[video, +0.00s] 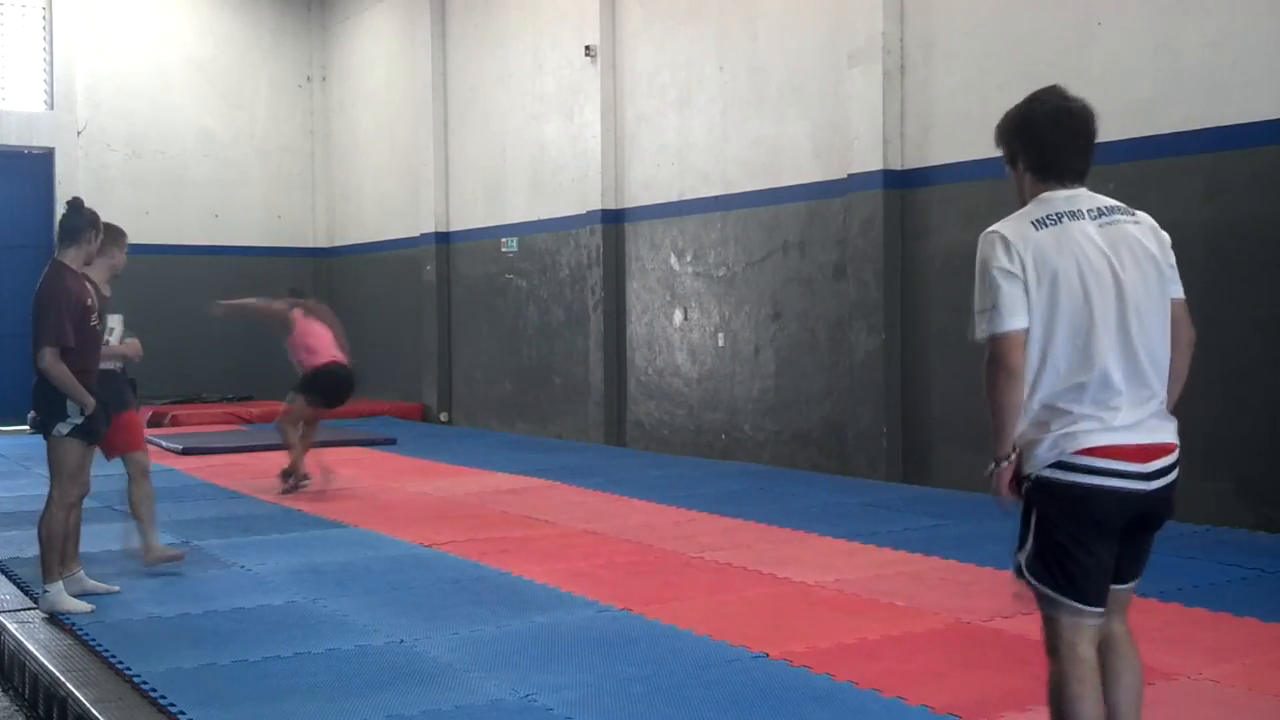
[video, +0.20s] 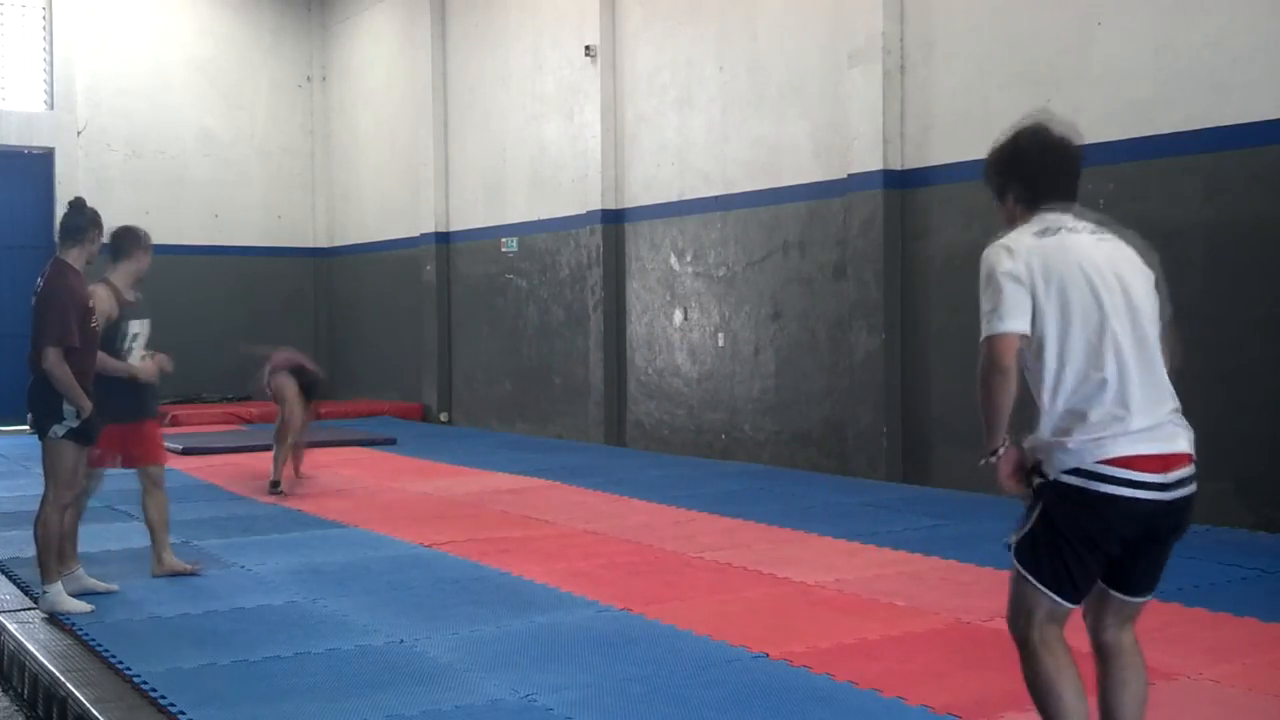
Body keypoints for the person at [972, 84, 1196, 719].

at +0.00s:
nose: (1008, 174)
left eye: (1007, 161)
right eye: (1008, 160)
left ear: (1019, 162)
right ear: (1083, 154)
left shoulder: (1007, 240)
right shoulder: (1145, 229)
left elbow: (1007, 359)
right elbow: (1182, 339)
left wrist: (1004, 453)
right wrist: (1155, 420)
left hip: (1074, 477)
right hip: (1154, 471)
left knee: (1073, 641)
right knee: (1115, 618)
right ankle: (1125, 718)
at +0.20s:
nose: (998, 210)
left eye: (998, 196)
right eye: (997, 197)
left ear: (1011, 195)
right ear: (1070, 187)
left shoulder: (1013, 251)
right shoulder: (1129, 251)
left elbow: (1001, 356)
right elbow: (1159, 362)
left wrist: (998, 445)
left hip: (1093, 482)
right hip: (1172, 481)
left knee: (1035, 622)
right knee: (1115, 624)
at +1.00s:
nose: (950, 494)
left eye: (950, 484)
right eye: (950, 484)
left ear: (962, 483)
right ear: (1019, 475)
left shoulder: (974, 523)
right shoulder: (1053, 512)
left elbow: (900, 589)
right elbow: (990, 599)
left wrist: (829, 621)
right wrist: (931, 633)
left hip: (1140, 697)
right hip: (1193, 688)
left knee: (990, 650)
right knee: (1035, 636)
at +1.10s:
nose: (950, 458)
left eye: (952, 448)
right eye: (950, 449)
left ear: (964, 448)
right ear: (1023, 438)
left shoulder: (975, 487)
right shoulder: (1059, 475)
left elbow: (892, 536)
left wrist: (816, 552)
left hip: (1146, 661)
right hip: (1202, 653)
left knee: (1003, 648)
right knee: (1044, 627)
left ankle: (1050, 712)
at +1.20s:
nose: (953, 424)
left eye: (955, 414)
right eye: (955, 413)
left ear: (964, 412)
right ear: (1025, 399)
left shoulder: (977, 446)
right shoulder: (1058, 435)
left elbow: (882, 494)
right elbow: (1120, 517)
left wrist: (800, 499)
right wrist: (1076, 590)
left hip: (1153, 612)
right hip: (1208, 608)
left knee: (1012, 643)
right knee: (1050, 628)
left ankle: (1057, 715)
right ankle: (1090, 711)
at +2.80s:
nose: (994, 154)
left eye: (999, 144)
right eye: (997, 143)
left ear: (1012, 153)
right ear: (1077, 156)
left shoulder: (998, 225)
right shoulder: (1119, 231)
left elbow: (992, 340)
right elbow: (1137, 340)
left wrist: (963, 436)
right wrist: (1101, 410)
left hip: (1037, 462)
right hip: (1117, 461)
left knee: (1052, 633)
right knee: (1106, 623)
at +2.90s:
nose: (997, 163)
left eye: (1002, 152)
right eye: (1000, 152)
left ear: (1015, 161)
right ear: (1079, 163)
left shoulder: (1004, 231)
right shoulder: (1122, 239)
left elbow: (998, 349)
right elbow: (1130, 347)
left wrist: (968, 446)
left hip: (1045, 469)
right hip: (1121, 467)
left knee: (1058, 633)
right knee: (1106, 622)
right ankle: (1119, 717)